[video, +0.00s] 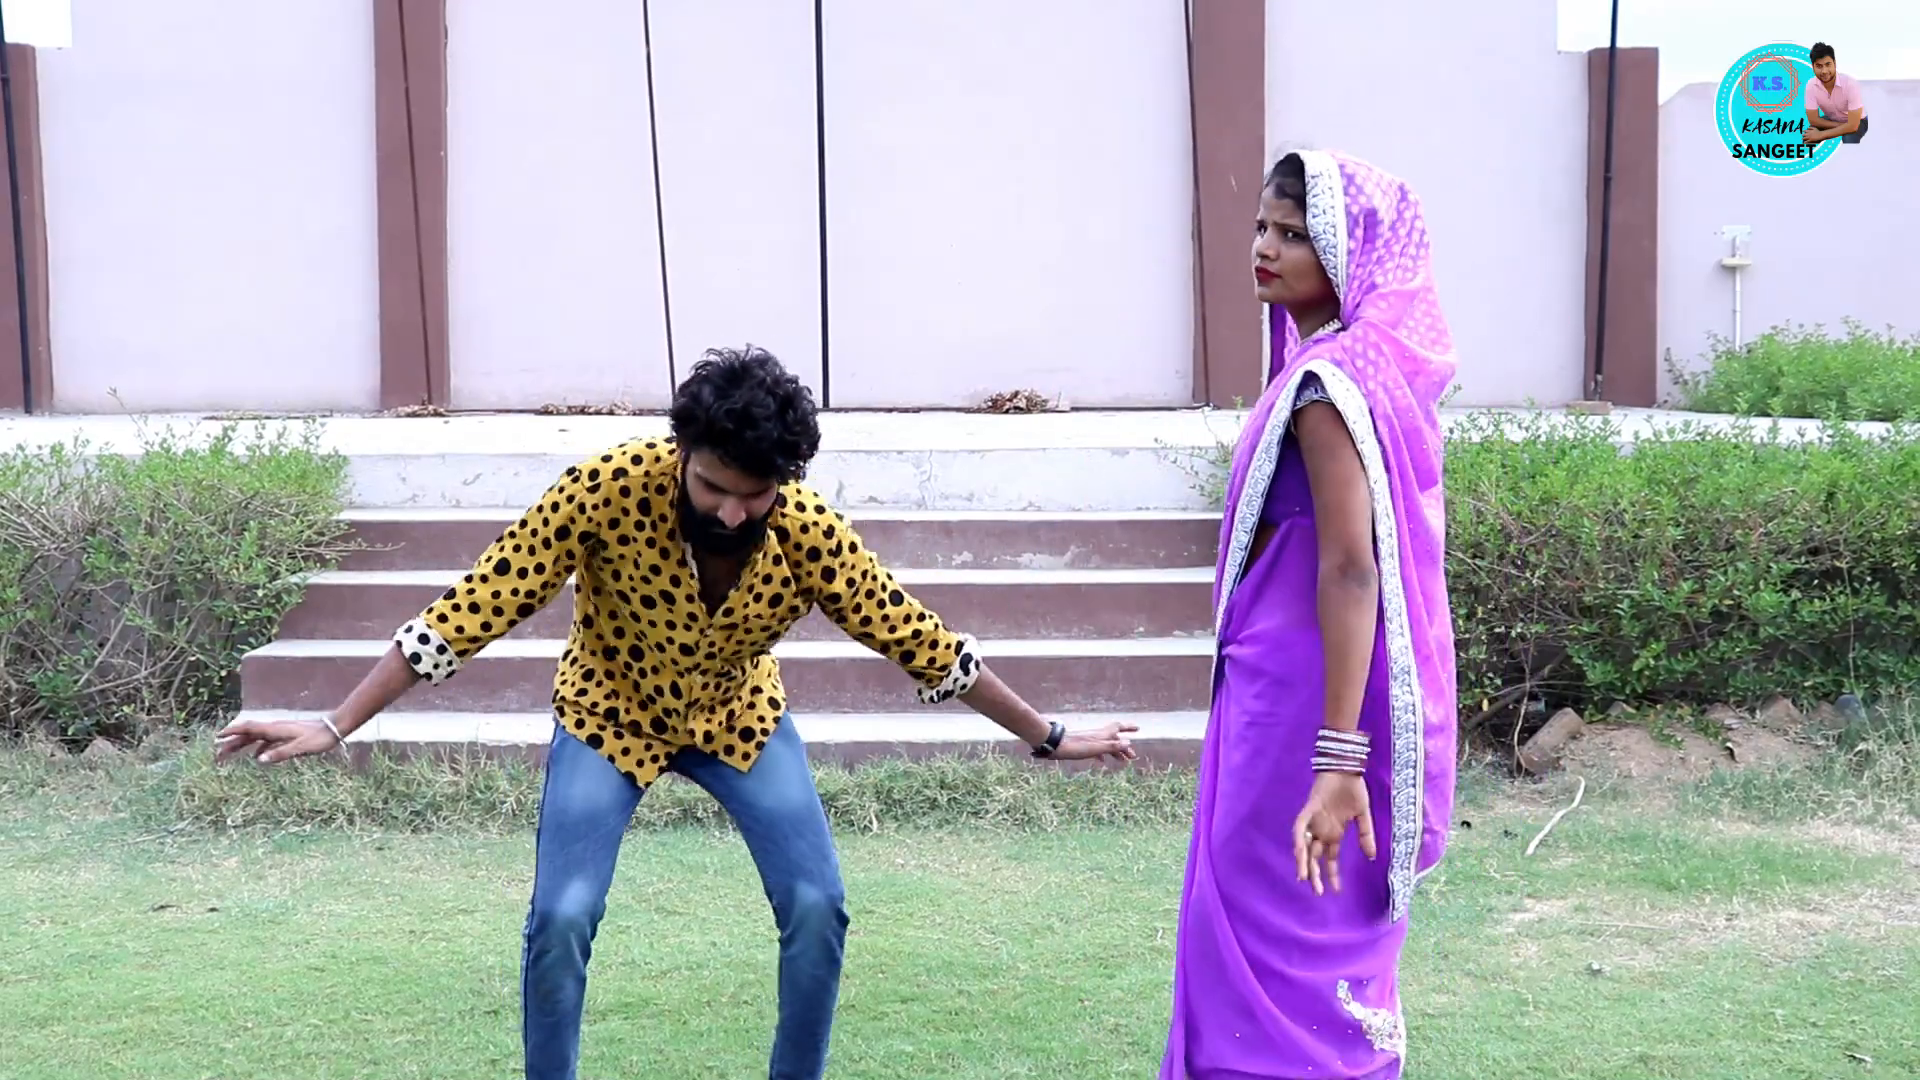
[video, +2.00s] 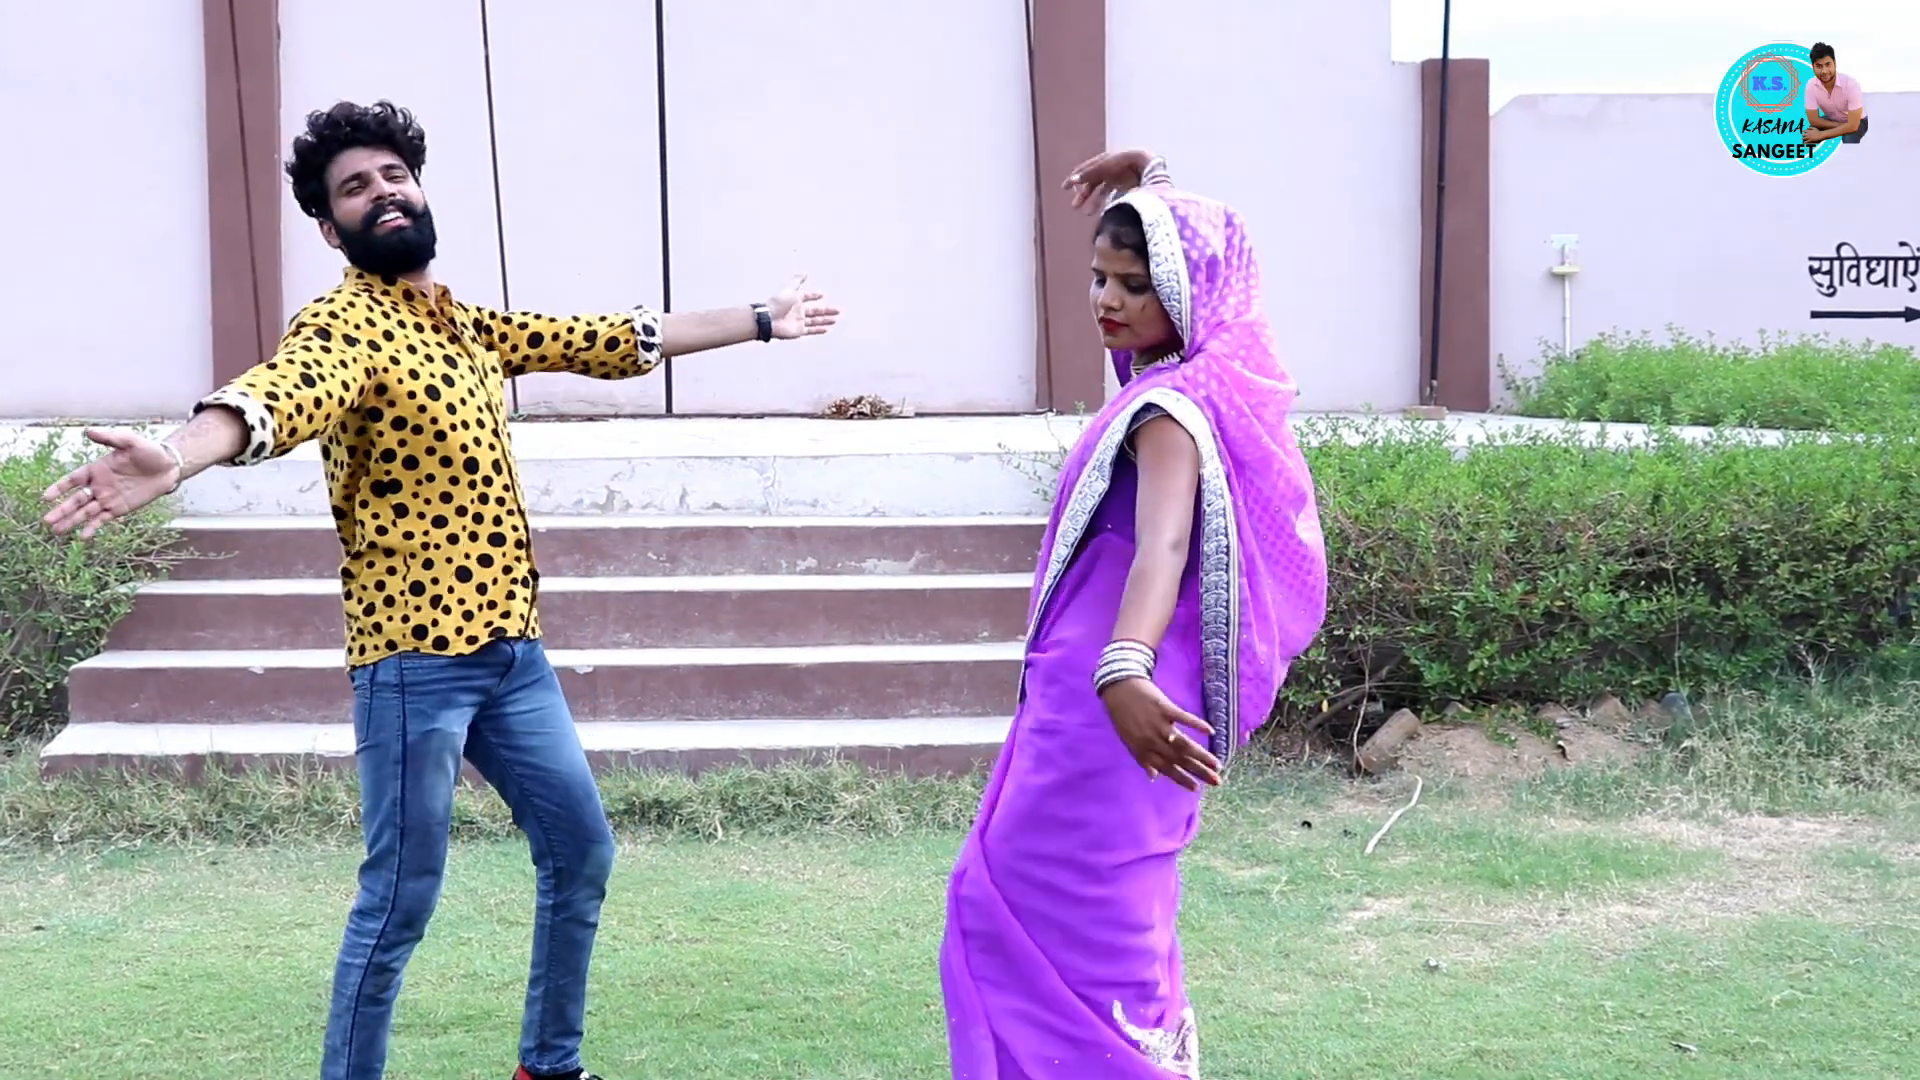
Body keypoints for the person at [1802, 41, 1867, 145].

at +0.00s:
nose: (1824, 71)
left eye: (1828, 65)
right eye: (1819, 66)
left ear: (1835, 64)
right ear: (1813, 67)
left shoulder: (1850, 84)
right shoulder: (1812, 85)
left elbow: (1853, 126)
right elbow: (1813, 120)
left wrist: (1820, 135)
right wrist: (1843, 126)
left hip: (1854, 122)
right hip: (1829, 121)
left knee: (1849, 140)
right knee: (1810, 136)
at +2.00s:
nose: (1824, 71)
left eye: (1828, 65)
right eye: (1819, 66)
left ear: (1835, 64)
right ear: (1813, 67)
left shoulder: (1850, 85)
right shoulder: (1811, 86)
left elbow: (1853, 126)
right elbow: (1813, 120)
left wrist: (1820, 135)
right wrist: (1843, 126)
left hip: (1855, 122)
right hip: (1829, 121)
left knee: (1849, 140)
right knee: (1810, 136)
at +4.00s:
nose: (1824, 71)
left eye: (1828, 65)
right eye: (1819, 66)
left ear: (1835, 63)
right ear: (1813, 67)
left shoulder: (1850, 85)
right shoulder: (1812, 86)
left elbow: (1853, 126)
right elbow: (1813, 120)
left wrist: (1820, 135)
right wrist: (1843, 126)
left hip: (1855, 122)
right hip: (1830, 121)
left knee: (1848, 140)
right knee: (1810, 136)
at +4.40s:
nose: (1824, 71)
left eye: (1828, 65)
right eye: (1819, 66)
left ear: (1835, 63)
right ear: (1813, 67)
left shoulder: (1850, 84)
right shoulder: (1812, 86)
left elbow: (1853, 126)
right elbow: (1813, 120)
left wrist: (1820, 135)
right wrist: (1843, 126)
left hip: (1855, 122)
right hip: (1829, 121)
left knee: (1849, 140)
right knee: (1810, 137)